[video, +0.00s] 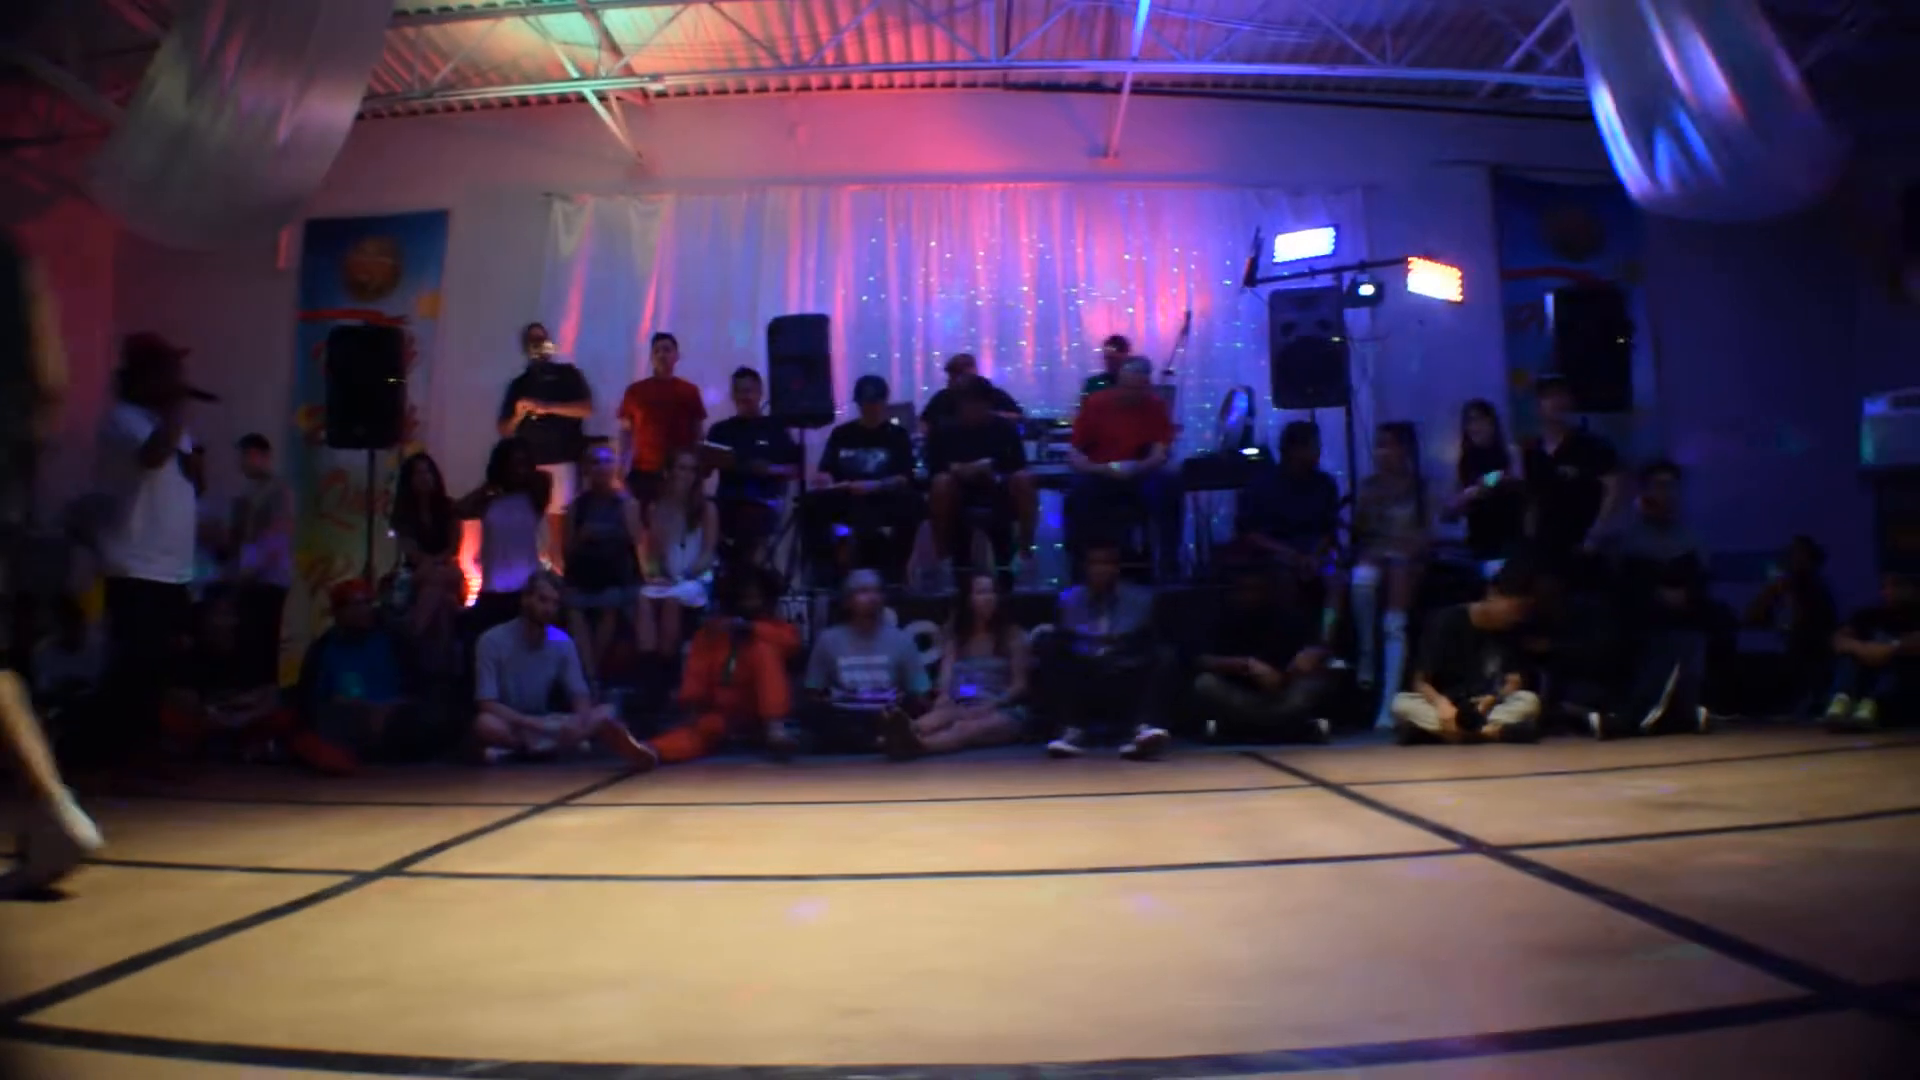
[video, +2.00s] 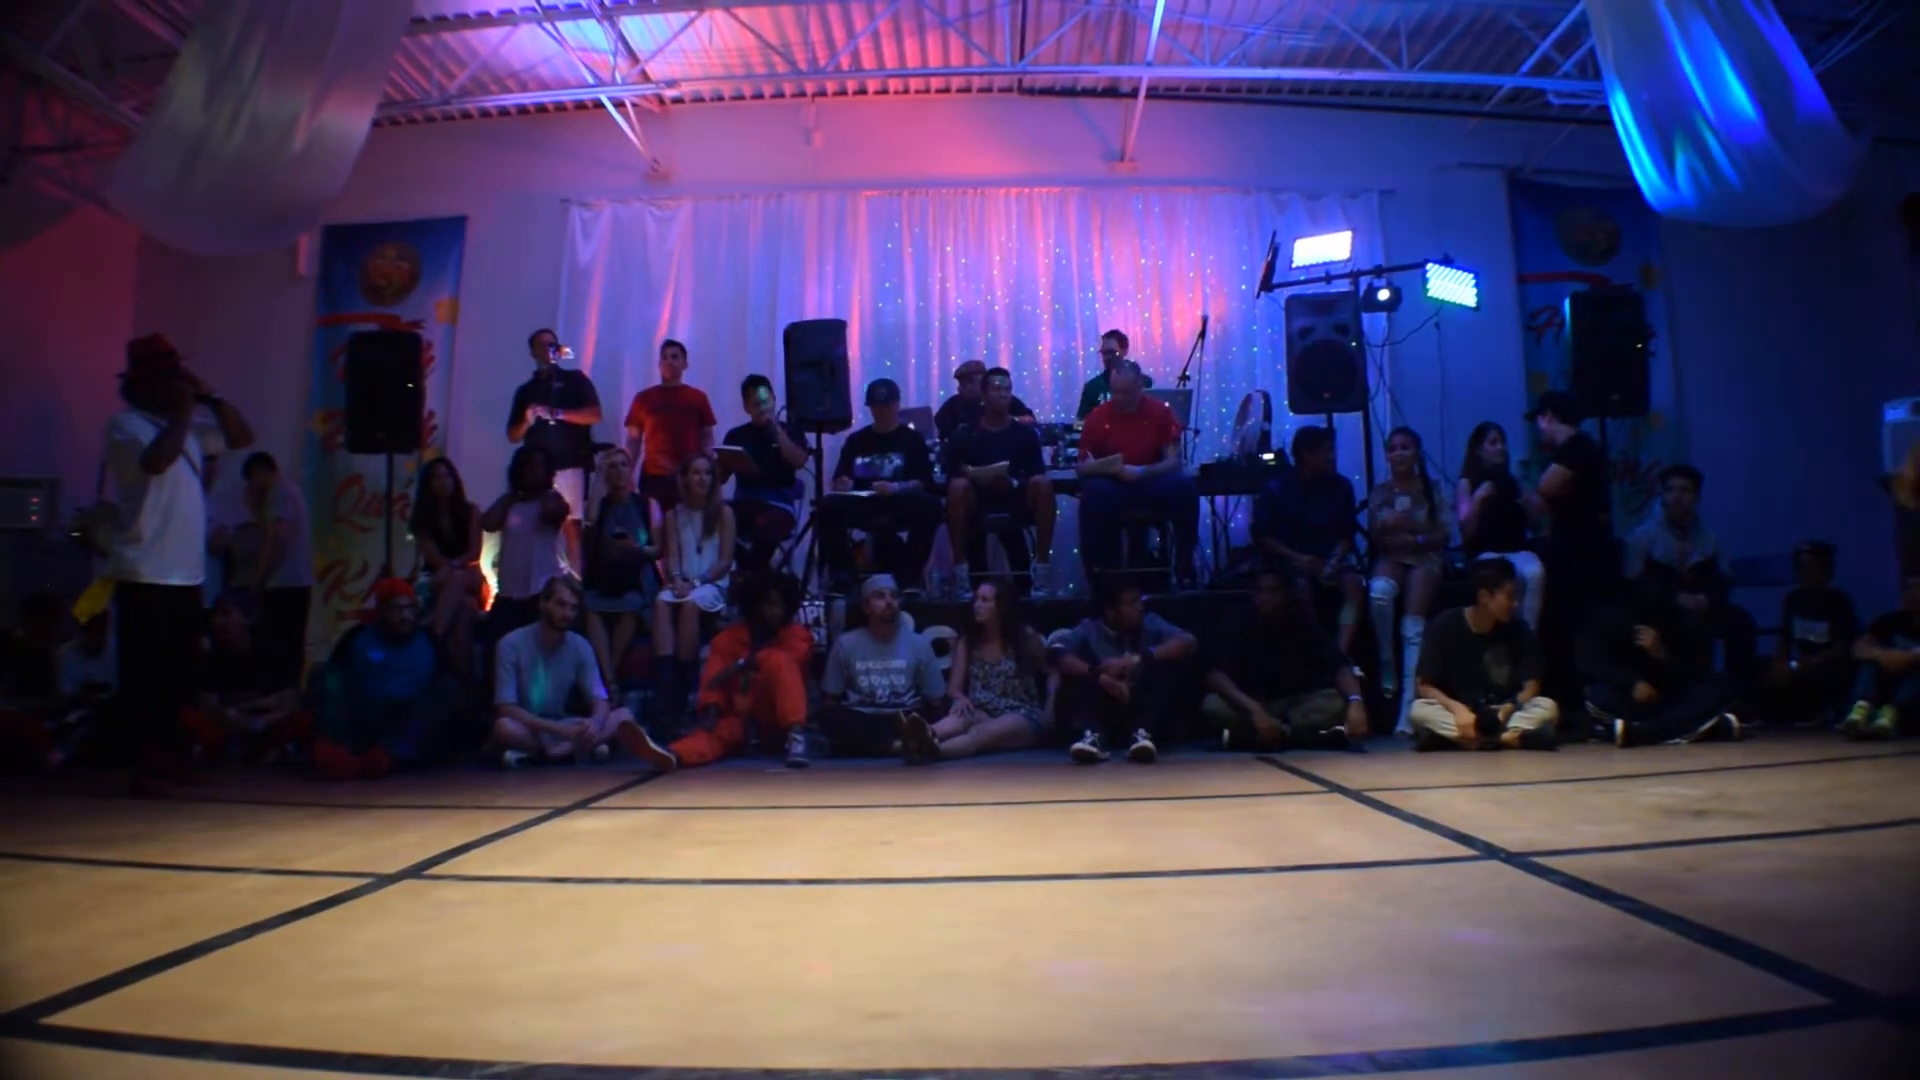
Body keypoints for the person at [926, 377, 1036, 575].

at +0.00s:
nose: (972, 410)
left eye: (978, 402)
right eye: (966, 402)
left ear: (988, 403)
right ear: (957, 404)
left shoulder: (1002, 428)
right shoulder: (944, 431)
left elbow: (1017, 464)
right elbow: (934, 467)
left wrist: (989, 468)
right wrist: (957, 469)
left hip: (995, 482)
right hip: (959, 482)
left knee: (1023, 480)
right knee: (942, 483)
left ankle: (1025, 551)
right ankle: (944, 557)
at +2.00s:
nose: (1002, 393)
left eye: (1006, 388)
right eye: (996, 388)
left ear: (1011, 393)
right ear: (984, 394)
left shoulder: (1024, 432)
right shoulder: (967, 430)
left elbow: (1036, 470)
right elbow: (950, 465)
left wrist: (1009, 480)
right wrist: (975, 473)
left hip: (1013, 491)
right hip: (979, 492)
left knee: (1042, 485)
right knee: (958, 486)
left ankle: (1042, 563)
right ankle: (960, 567)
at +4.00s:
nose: (994, 412)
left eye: (1000, 405)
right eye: (989, 405)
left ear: (1009, 405)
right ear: (981, 404)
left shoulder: (1023, 433)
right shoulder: (965, 433)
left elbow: (1034, 470)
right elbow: (950, 470)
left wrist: (1008, 478)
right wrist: (975, 474)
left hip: (1012, 490)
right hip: (977, 491)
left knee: (1041, 487)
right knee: (956, 489)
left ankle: (1041, 563)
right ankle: (960, 566)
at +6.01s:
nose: (984, 398)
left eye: (990, 390)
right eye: (978, 391)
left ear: (1004, 394)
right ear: (972, 397)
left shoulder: (1022, 432)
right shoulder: (965, 433)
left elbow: (1035, 473)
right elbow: (953, 472)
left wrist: (1010, 481)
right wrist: (981, 477)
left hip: (1013, 492)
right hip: (978, 493)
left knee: (1040, 486)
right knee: (957, 488)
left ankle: (1041, 562)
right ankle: (957, 564)